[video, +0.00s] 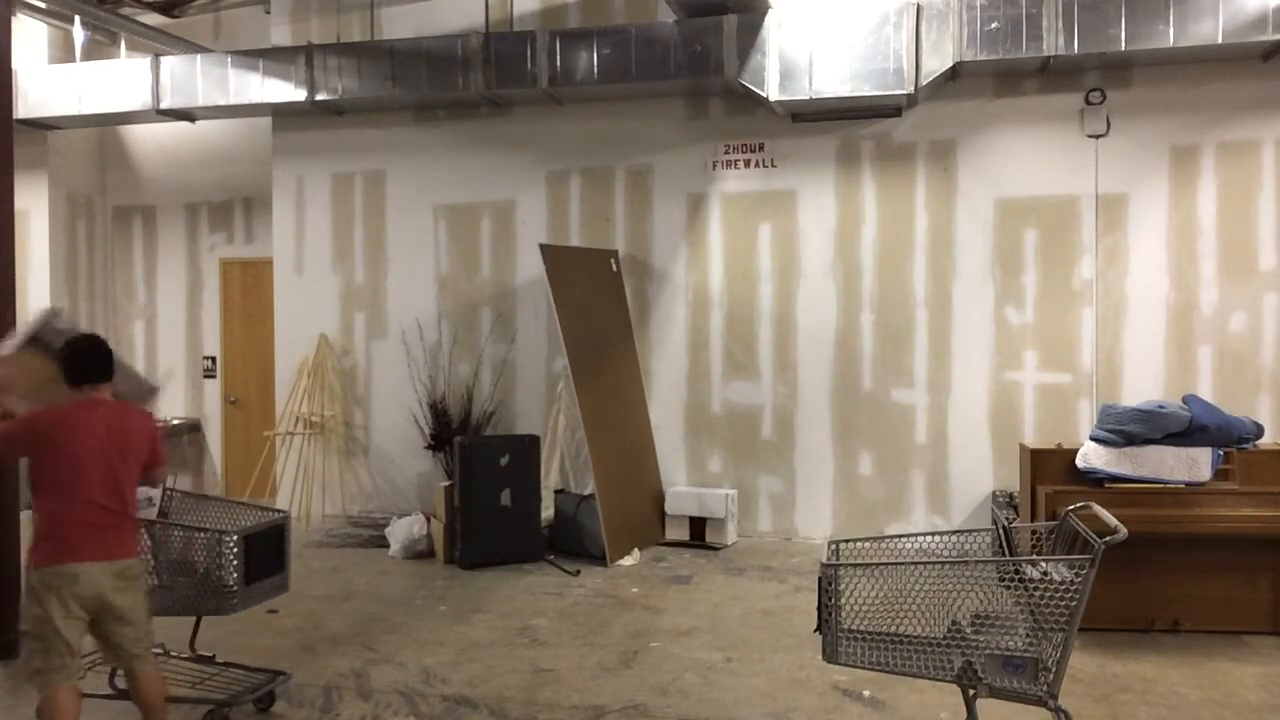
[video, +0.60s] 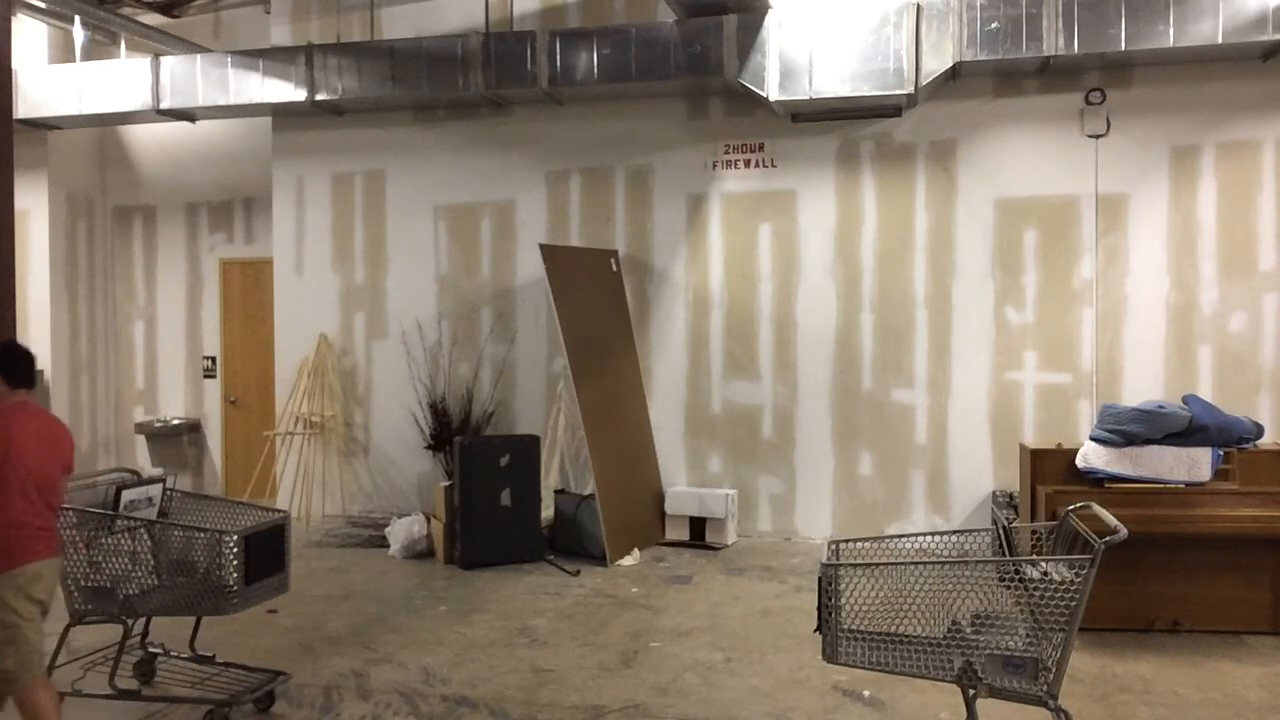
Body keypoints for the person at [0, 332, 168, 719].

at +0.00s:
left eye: (66, 370)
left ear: (64, 375)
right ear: (111, 372)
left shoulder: (43, 423)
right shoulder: (139, 420)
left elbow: (4, 442)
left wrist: (8, 404)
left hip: (58, 570)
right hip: (121, 566)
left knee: (58, 677)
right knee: (140, 661)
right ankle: (158, 715)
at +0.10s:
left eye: (57, 367)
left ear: (54, 373)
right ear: (100, 371)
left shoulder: (29, 423)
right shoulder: (127, 423)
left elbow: (4, 470)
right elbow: (128, 475)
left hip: (45, 569)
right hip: (107, 565)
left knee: (54, 678)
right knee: (122, 655)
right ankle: (145, 714)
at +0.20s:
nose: (41, 374)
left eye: (42, 368)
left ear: (44, 371)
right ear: (90, 371)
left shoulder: (22, 420)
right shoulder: (115, 423)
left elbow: (6, 473)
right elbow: (106, 484)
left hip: (39, 567)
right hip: (95, 560)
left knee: (51, 676)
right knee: (99, 654)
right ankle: (119, 714)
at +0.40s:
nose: (10, 375)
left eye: (14, 368)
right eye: (12, 367)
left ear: (24, 372)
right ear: (63, 374)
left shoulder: (10, 419)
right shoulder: (89, 424)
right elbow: (86, 489)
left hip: (26, 564)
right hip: (75, 558)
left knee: (41, 679)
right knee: (49, 671)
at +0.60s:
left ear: (2, 380)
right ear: (31, 379)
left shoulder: (7, 424)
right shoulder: (56, 427)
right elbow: (60, 492)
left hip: (13, 566)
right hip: (46, 561)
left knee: (28, 680)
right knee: (14, 670)